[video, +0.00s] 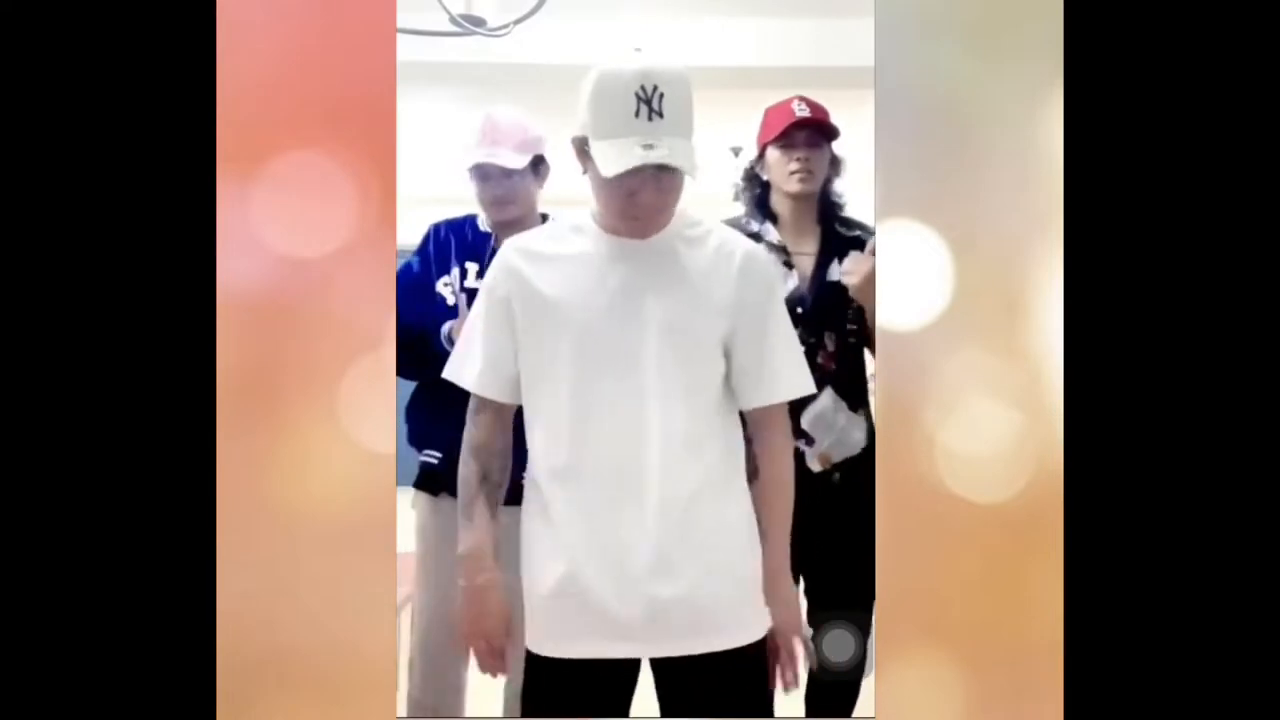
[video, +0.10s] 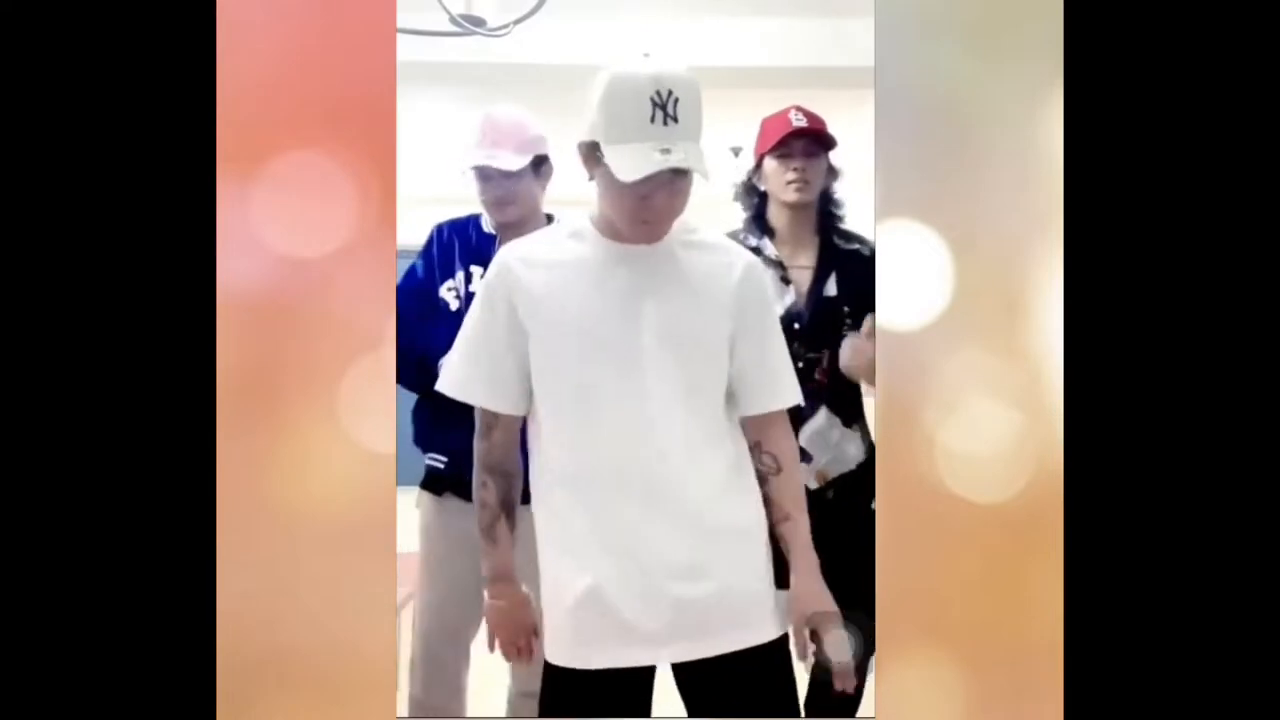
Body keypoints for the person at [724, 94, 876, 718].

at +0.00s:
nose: (803, 159)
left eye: (816, 147)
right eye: (787, 147)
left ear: (831, 160)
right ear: (762, 160)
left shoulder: (863, 247)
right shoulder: (727, 245)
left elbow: (895, 361)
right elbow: (708, 352)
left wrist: (871, 301)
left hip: (850, 462)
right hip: (756, 454)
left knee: (843, 642)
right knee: (748, 624)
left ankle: (826, 718)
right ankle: (750, 713)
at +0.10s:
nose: (799, 169)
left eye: (812, 157)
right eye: (784, 157)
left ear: (829, 170)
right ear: (758, 171)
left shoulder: (861, 260)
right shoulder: (728, 259)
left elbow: (879, 368)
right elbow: (711, 366)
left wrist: (871, 357)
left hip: (847, 468)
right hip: (755, 468)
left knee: (851, 629)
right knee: (758, 626)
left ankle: (827, 719)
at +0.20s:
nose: (796, 171)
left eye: (809, 159)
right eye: (781, 159)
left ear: (826, 173)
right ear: (755, 173)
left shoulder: (860, 264)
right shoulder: (722, 262)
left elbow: (886, 359)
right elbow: (708, 382)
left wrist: (875, 386)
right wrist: (775, 464)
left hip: (842, 473)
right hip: (748, 475)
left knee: (857, 637)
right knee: (748, 631)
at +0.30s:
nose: (797, 162)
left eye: (810, 150)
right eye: (782, 150)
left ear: (827, 163)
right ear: (758, 163)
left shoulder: (858, 249)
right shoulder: (729, 250)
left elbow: (898, 336)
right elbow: (709, 350)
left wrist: (876, 368)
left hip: (842, 451)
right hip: (753, 450)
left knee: (856, 626)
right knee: (748, 612)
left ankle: (836, 718)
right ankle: (764, 719)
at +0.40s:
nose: (801, 160)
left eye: (814, 148)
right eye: (787, 147)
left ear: (832, 160)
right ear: (762, 160)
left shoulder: (864, 248)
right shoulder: (733, 249)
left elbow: (902, 359)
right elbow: (711, 361)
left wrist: (841, 417)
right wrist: (763, 432)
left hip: (845, 461)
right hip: (749, 458)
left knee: (850, 636)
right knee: (748, 624)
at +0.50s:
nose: (807, 173)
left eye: (820, 160)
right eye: (792, 162)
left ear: (839, 173)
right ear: (769, 175)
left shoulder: (872, 263)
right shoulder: (740, 262)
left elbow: (903, 365)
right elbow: (719, 368)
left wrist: (868, 432)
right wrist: (764, 433)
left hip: (851, 480)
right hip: (761, 477)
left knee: (856, 650)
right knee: (758, 643)